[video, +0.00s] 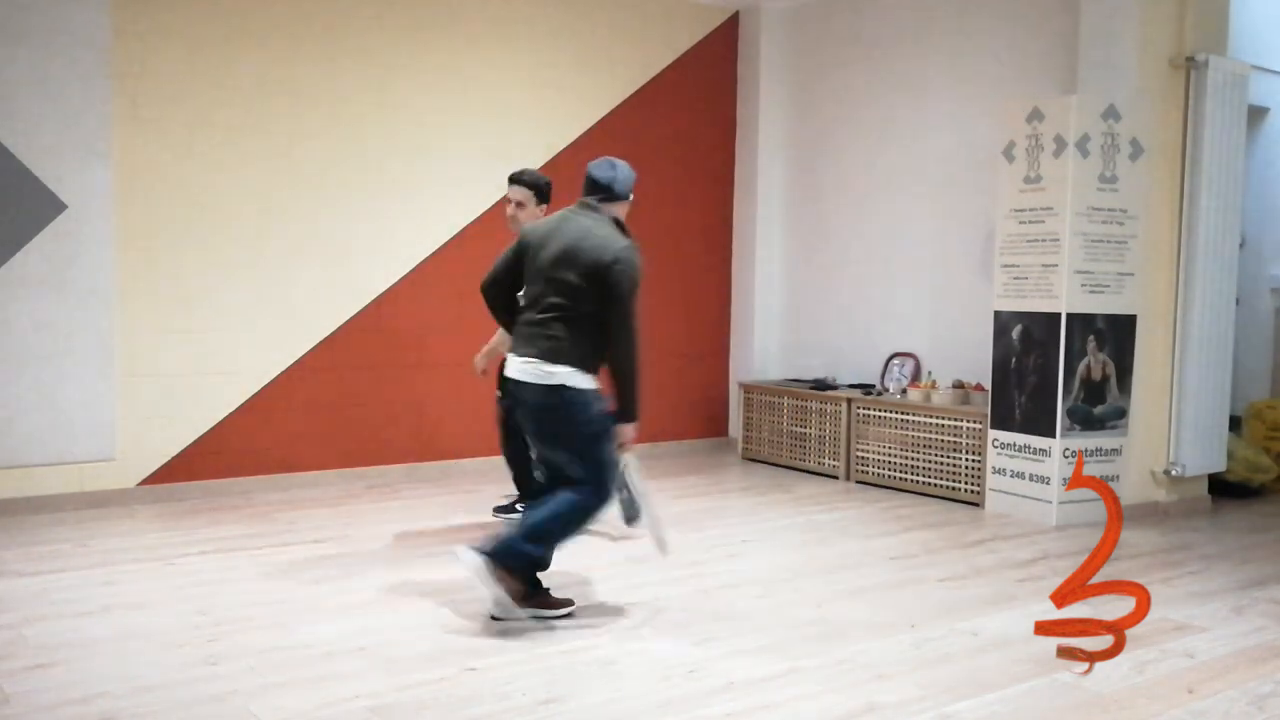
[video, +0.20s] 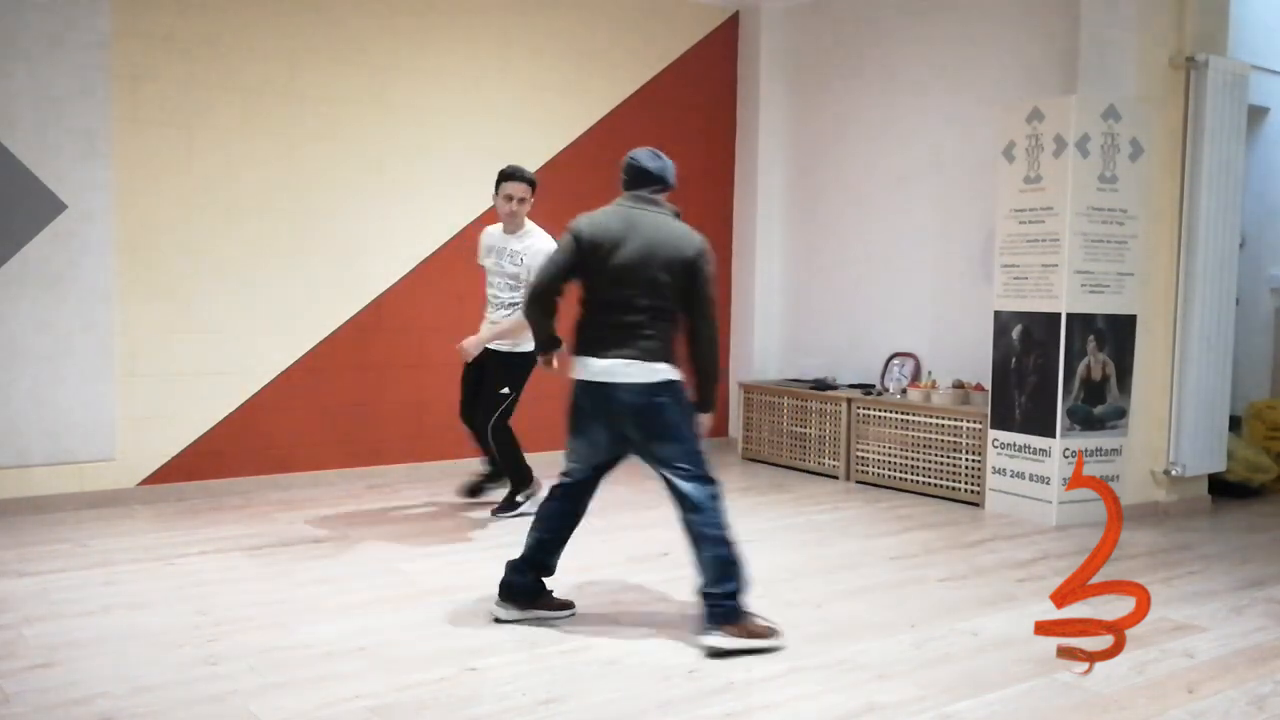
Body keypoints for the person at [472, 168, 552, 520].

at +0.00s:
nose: (510, 212)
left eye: (519, 205)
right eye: (508, 203)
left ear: (542, 208)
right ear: (506, 203)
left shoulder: (546, 250)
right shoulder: (527, 247)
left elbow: (526, 311)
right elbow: (522, 308)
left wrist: (490, 351)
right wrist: (495, 349)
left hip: (535, 354)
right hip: (519, 353)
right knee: (513, 423)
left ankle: (533, 495)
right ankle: (530, 492)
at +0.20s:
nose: (513, 207)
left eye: (521, 200)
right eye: (507, 199)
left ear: (531, 203)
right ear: (495, 199)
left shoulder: (543, 247)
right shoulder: (488, 238)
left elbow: (536, 312)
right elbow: (493, 293)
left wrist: (484, 338)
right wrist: (484, 332)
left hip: (520, 348)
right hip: (488, 342)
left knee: (492, 421)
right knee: (470, 412)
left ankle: (524, 482)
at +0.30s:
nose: (509, 207)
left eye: (517, 200)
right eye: (503, 198)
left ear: (525, 203)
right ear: (489, 199)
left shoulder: (538, 247)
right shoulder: (472, 238)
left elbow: (534, 309)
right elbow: (465, 290)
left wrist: (488, 345)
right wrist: (465, 331)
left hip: (515, 350)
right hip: (471, 343)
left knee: (500, 421)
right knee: (458, 414)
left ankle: (497, 487)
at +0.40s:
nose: (505, 211)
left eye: (511, 205)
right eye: (498, 203)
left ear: (518, 207)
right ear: (483, 204)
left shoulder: (530, 252)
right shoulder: (459, 245)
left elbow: (532, 312)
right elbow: (442, 296)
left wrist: (504, 354)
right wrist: (433, 342)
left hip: (509, 353)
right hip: (461, 349)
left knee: (509, 424)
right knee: (449, 418)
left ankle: (478, 484)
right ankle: (434, 480)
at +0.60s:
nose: (494, 213)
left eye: (500, 207)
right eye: (488, 205)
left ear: (504, 210)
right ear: (470, 205)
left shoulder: (512, 252)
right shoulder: (444, 245)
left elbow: (527, 308)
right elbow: (412, 296)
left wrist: (537, 357)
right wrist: (390, 347)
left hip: (493, 347)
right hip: (448, 347)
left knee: (512, 405)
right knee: (439, 417)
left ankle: (483, 480)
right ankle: (433, 481)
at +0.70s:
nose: (494, 209)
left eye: (499, 203)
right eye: (487, 202)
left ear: (503, 205)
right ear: (469, 202)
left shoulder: (511, 249)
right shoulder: (443, 241)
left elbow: (528, 304)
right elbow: (413, 292)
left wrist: (539, 354)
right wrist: (398, 340)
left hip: (493, 345)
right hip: (447, 345)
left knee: (510, 407)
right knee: (438, 415)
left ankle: (503, 487)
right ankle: (433, 482)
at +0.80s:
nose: (498, 208)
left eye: (502, 202)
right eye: (491, 201)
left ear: (507, 204)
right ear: (472, 201)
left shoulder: (515, 248)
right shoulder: (448, 241)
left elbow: (527, 301)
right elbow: (418, 293)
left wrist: (540, 349)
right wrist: (415, 334)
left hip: (497, 344)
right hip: (451, 346)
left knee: (514, 410)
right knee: (441, 416)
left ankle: (518, 490)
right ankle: (433, 481)